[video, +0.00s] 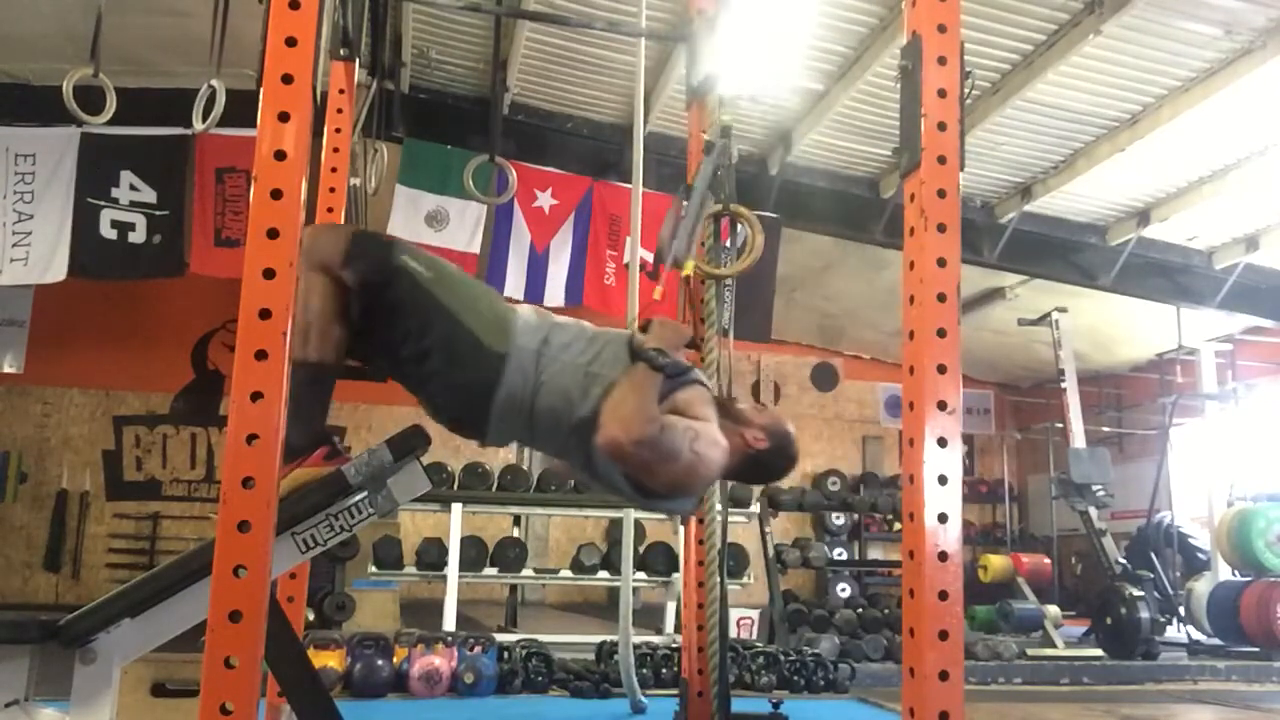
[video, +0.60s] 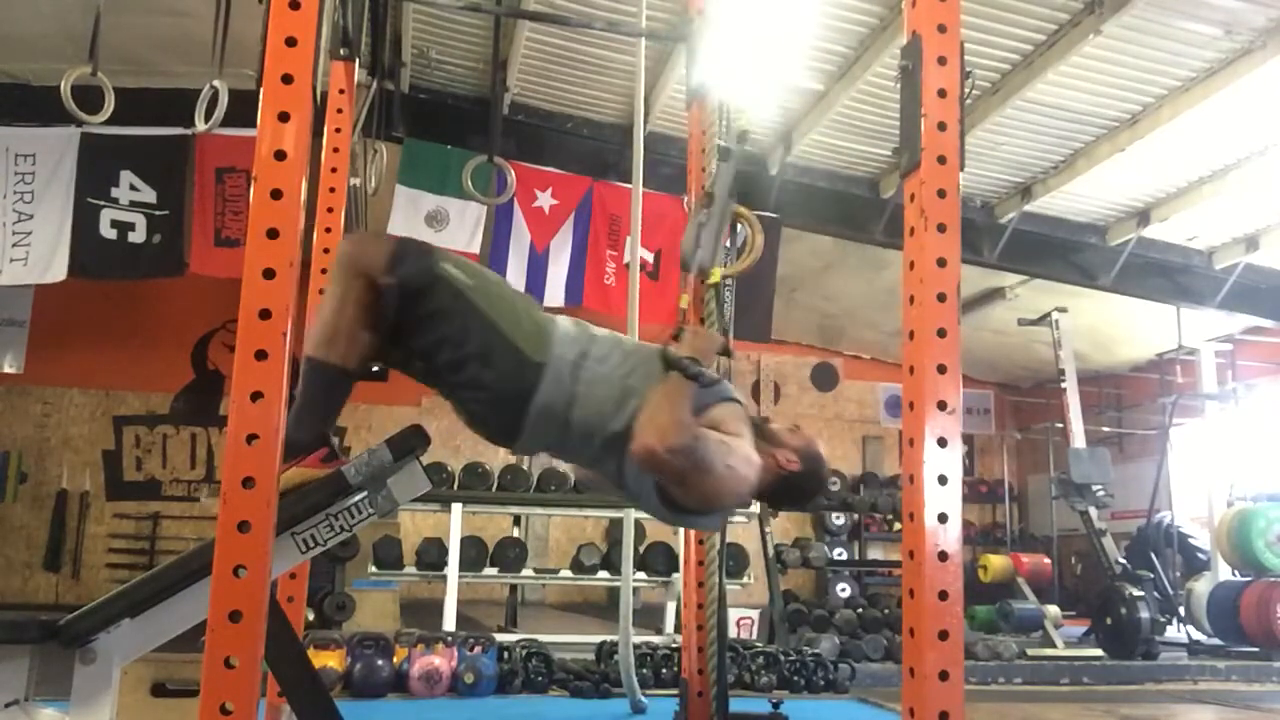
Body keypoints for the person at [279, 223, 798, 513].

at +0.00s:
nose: (756, 398)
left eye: (765, 411)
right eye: (768, 401)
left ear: (752, 441)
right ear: (751, 434)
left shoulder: (705, 450)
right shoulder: (698, 419)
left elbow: (625, 437)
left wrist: (660, 356)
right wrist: (663, 351)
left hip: (500, 361)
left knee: (323, 244)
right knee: (335, 308)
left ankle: (298, 415)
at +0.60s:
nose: (789, 426)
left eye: (796, 440)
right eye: (798, 432)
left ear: (785, 464)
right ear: (785, 451)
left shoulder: (737, 472)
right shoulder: (734, 437)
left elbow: (655, 447)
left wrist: (688, 365)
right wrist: (702, 348)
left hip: (535, 375)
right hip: (534, 380)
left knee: (368, 256)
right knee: (375, 298)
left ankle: (304, 429)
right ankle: (301, 426)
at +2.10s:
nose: (943, 595)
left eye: (951, 624)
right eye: (951, 620)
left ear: (941, 667)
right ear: (947, 656)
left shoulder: (897, 659)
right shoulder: (892, 634)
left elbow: (876, 523)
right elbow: (875, 524)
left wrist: (858, 423)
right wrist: (826, 423)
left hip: (724, 566)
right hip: (734, 533)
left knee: (575, 429)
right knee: (575, 422)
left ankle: (372, 409)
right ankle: (383, 412)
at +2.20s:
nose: (944, 574)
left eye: (956, 587)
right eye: (958, 579)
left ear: (942, 661)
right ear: (951, 648)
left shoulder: (895, 658)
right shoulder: (896, 631)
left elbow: (871, 521)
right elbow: (875, 520)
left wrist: (857, 419)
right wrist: (834, 418)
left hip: (717, 576)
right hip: (734, 537)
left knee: (575, 438)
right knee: (581, 422)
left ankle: (372, 409)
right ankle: (384, 409)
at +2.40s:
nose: (945, 618)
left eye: (949, 635)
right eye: (954, 625)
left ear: (938, 665)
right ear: (943, 638)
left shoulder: (898, 656)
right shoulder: (899, 626)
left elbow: (875, 524)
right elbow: (880, 521)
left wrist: (855, 416)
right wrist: (846, 417)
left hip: (725, 572)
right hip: (737, 534)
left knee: (578, 436)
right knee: (572, 417)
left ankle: (381, 416)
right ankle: (387, 412)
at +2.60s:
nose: (971, 558)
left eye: (977, 575)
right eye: (981, 560)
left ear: (966, 610)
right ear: (964, 561)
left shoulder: (910, 629)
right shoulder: (910, 558)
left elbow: (869, 509)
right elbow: (870, 495)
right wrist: (870, 413)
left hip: (736, 529)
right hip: (733, 493)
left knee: (579, 420)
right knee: (563, 418)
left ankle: (364, 413)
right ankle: (375, 424)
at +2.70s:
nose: (970, 515)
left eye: (980, 528)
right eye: (982, 515)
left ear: (965, 559)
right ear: (969, 526)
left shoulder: (916, 559)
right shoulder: (910, 543)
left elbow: (872, 462)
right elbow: (865, 439)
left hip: (746, 494)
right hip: (739, 485)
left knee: (571, 410)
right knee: (562, 413)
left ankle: (366, 413)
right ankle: (376, 419)